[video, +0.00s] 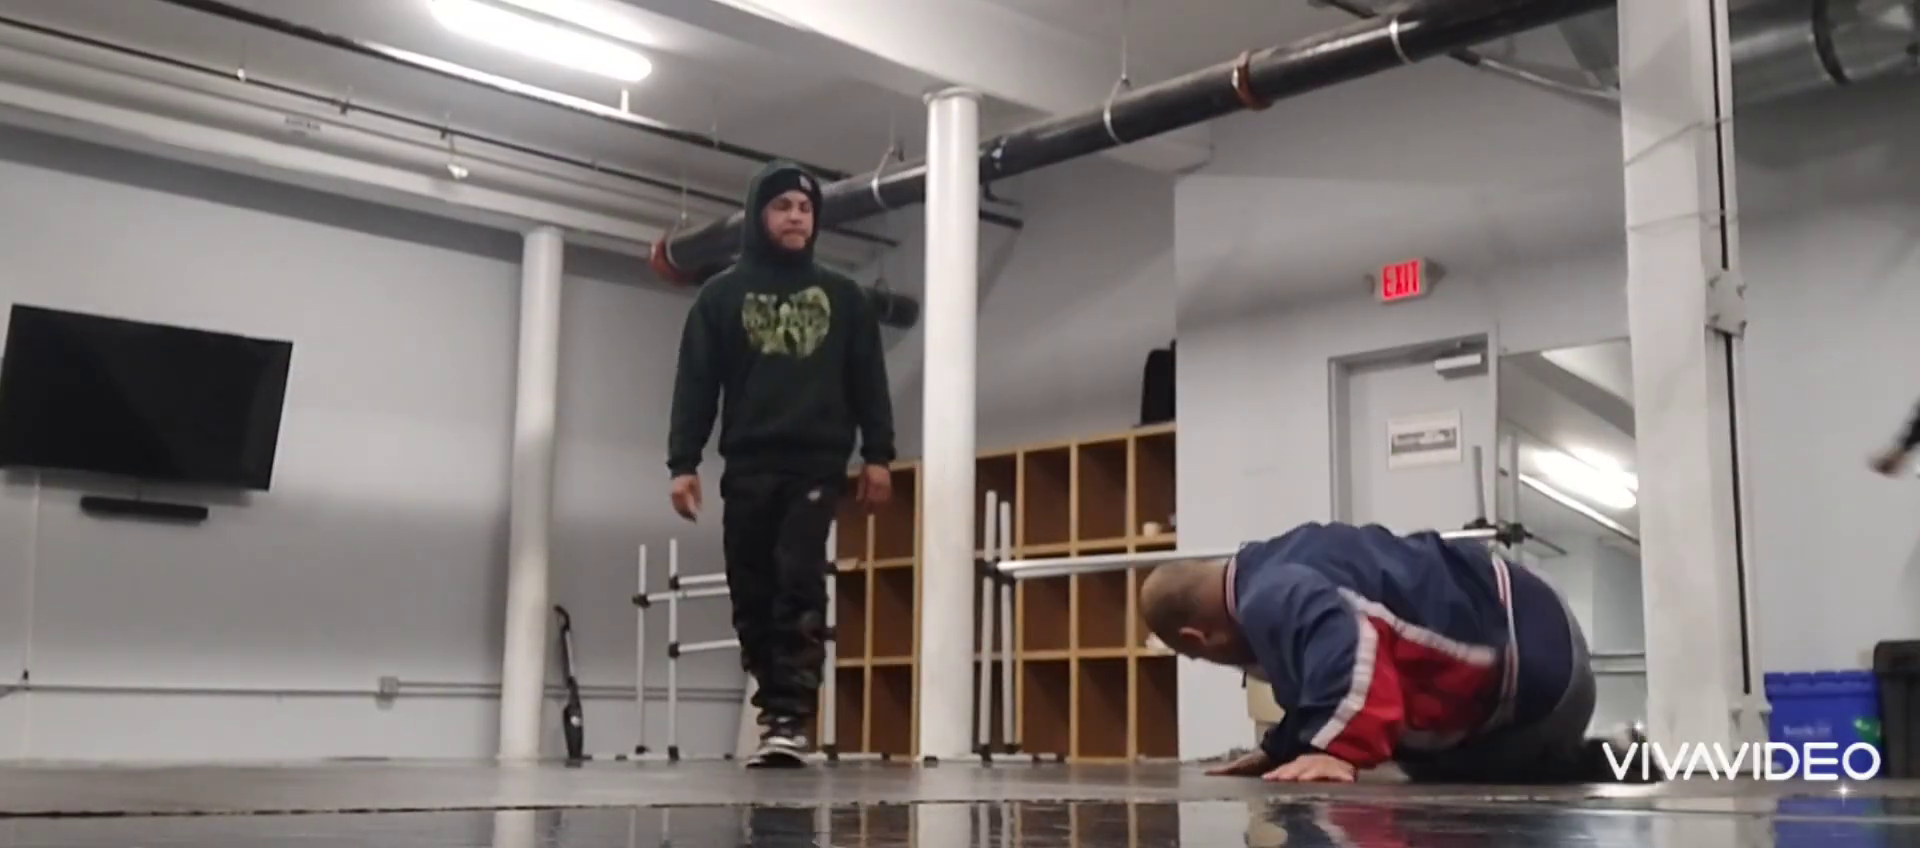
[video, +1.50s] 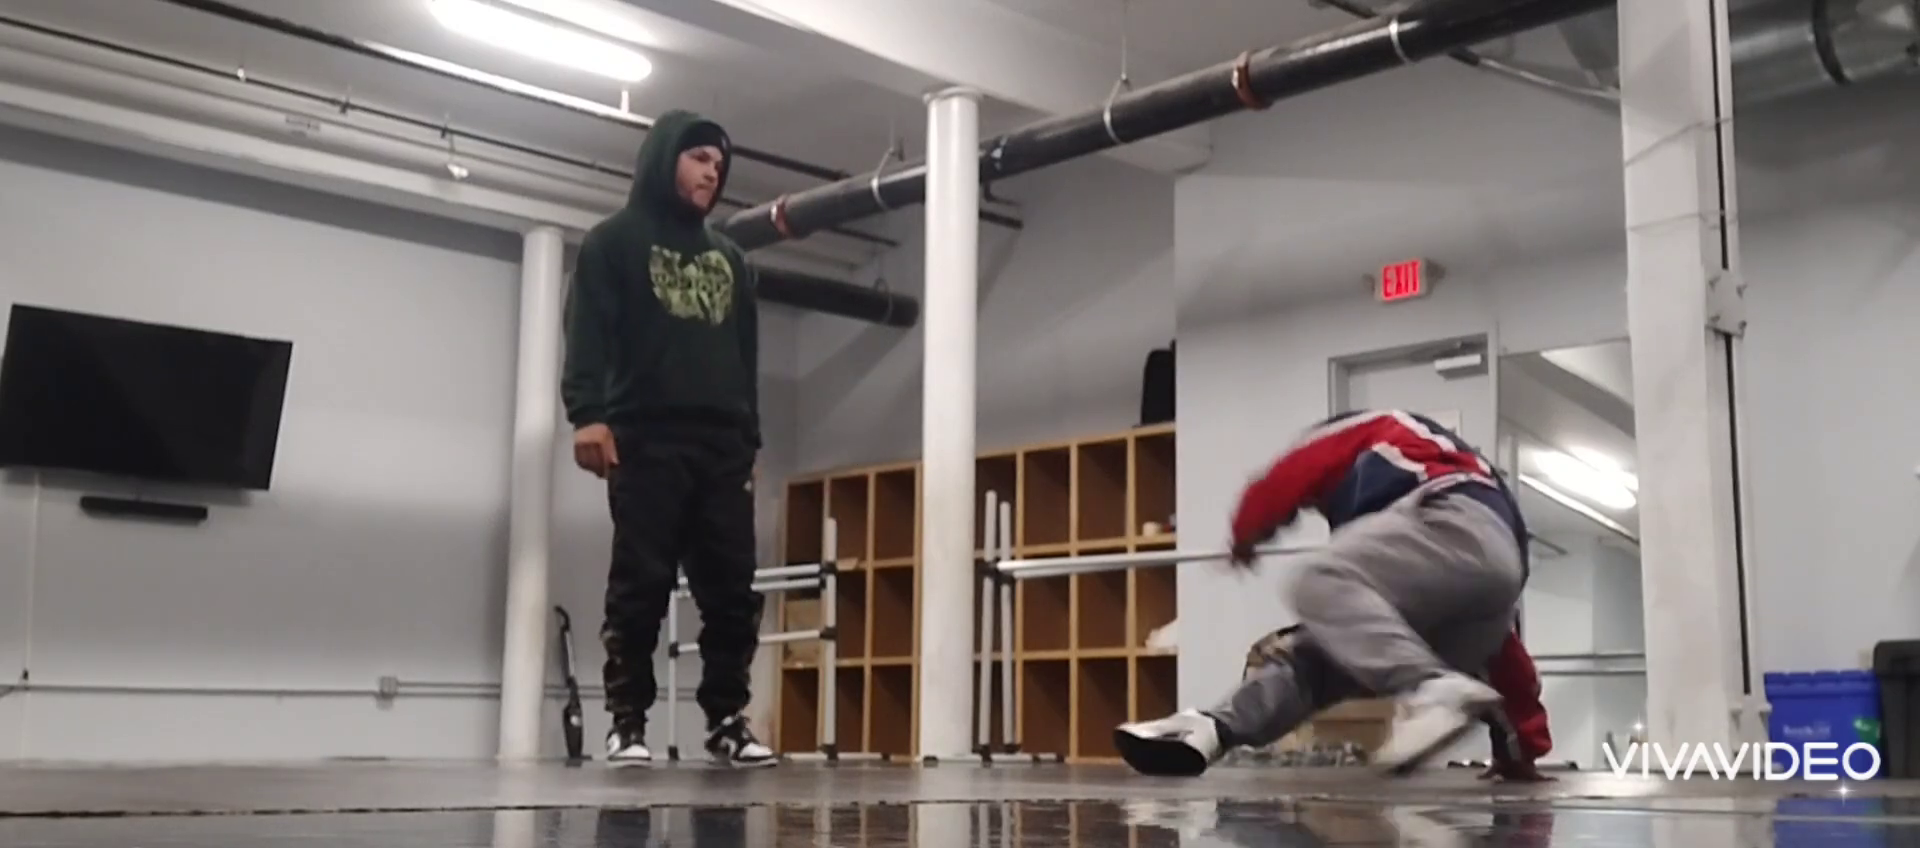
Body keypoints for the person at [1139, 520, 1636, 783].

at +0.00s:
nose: (1215, 662)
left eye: (1193, 654)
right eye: (1200, 657)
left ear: (1195, 635)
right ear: (1215, 576)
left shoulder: (1274, 592)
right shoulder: (1271, 574)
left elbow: (1356, 655)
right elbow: (1321, 684)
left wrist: (1336, 750)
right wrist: (1272, 751)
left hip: (1531, 675)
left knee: (1443, 770)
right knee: (1431, 761)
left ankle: (1606, 764)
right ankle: (1600, 760)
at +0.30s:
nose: (1219, 684)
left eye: (1212, 674)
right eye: (1204, 679)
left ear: (1223, 638)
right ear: (1206, 620)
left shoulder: (1309, 591)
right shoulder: (1235, 582)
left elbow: (1363, 659)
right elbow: (1269, 671)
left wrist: (1350, 743)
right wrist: (1253, 749)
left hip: (1490, 615)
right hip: (1491, 583)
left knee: (1398, 758)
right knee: (1597, 663)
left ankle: (1541, 748)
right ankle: (1768, 664)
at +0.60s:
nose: (1267, 664)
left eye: (1258, 654)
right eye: (1261, 657)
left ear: (1256, 628)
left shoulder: (1274, 605)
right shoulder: (1340, 542)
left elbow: (1323, 687)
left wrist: (1290, 762)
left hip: (1512, 630)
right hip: (1560, 562)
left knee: (1405, 752)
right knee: (1556, 651)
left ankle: (1571, 758)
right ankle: (1683, 666)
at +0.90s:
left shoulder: (1307, 594)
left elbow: (1279, 693)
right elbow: (1530, 659)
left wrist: (1290, 763)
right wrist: (1544, 742)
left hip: (1427, 561)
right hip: (1518, 516)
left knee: (1446, 734)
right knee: (1580, 648)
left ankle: (1524, 750)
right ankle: (1691, 621)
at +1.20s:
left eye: (1267, 663)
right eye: (1266, 668)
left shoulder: (1325, 526)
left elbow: (1299, 638)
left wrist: (1289, 750)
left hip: (1474, 508)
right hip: (1563, 534)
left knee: (1418, 640)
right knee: (1522, 679)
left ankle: (1466, 683)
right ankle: (1518, 773)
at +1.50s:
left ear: (1342, 436)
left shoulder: (1368, 428)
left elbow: (1282, 481)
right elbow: (1504, 650)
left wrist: (1246, 534)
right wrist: (1525, 750)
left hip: (1461, 524)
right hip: (1496, 588)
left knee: (1319, 580)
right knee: (1313, 663)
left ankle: (1431, 687)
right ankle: (1211, 729)